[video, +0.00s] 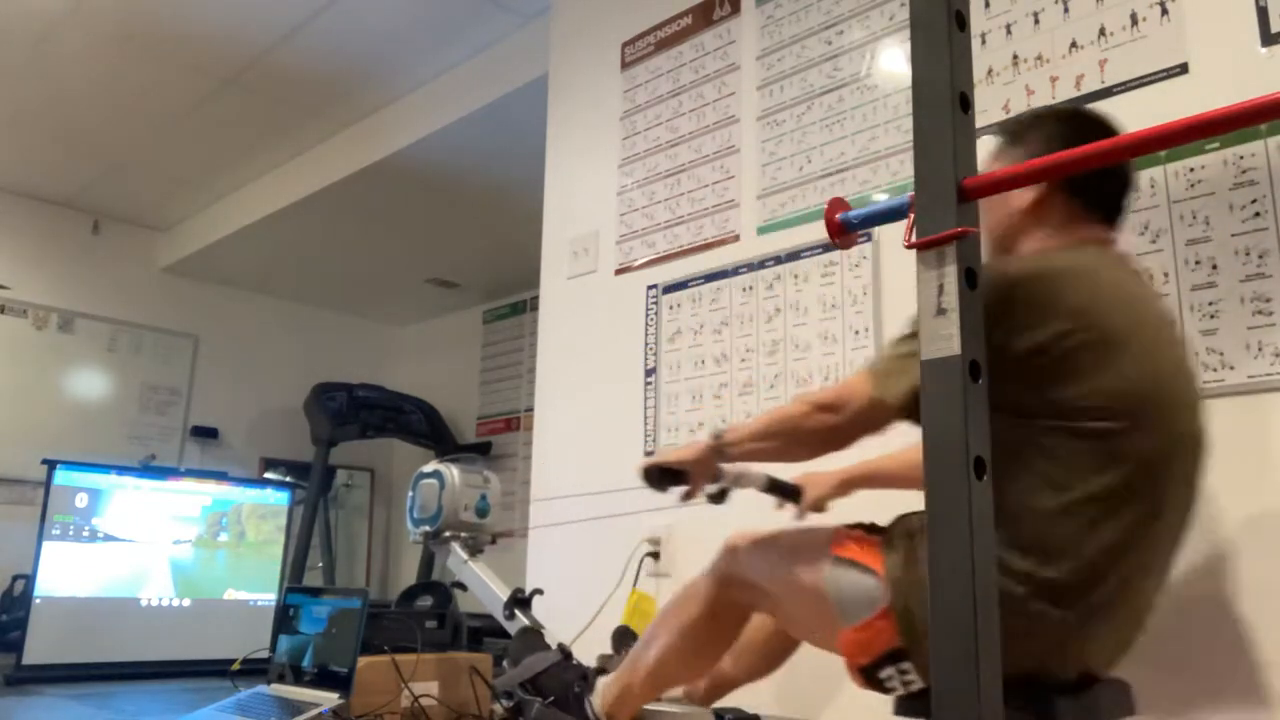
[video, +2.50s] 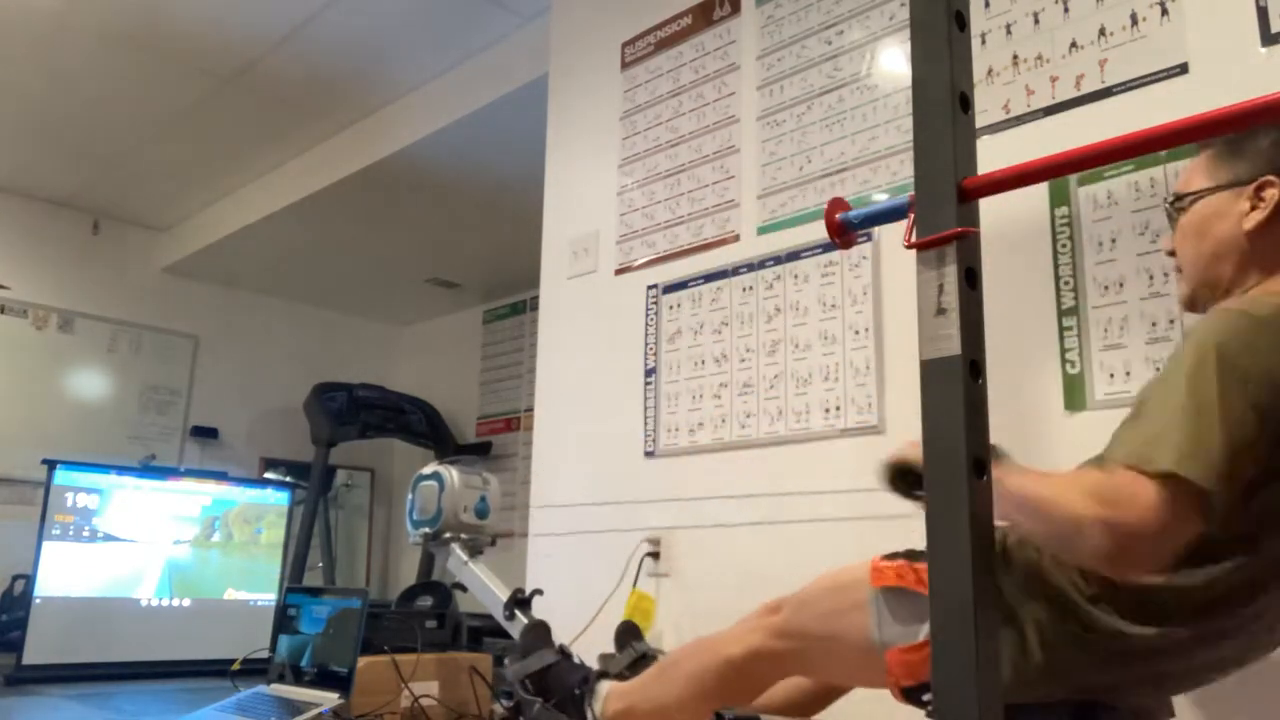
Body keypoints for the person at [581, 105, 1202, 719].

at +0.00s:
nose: (972, 209)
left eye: (985, 185)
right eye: (977, 185)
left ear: (1036, 187)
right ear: (1062, 193)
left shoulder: (1028, 287)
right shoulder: (1131, 301)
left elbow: (840, 415)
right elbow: (989, 459)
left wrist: (714, 448)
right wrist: (846, 476)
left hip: (995, 619)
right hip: (1071, 627)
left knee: (740, 559)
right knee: (808, 574)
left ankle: (610, 701)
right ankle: (693, 694)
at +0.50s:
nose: (1145, 234)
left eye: (1160, 206)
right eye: (1148, 213)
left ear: (1231, 207)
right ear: (1233, 212)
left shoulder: (1250, 327)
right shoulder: (1241, 329)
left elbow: (1252, 559)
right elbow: (1228, 547)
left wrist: (1058, 498)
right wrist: (1053, 505)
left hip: (1059, 630)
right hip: (1088, 631)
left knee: (783, 620)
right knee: (839, 629)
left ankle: (608, 704)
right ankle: (705, 716)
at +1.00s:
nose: (970, 227)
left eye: (982, 202)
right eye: (974, 205)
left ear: (1035, 201)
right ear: (1059, 206)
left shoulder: (1037, 306)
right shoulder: (1131, 306)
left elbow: (847, 445)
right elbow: (1029, 506)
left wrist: (724, 473)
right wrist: (862, 497)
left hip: (1023, 627)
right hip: (1092, 628)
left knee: (738, 557)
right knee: (837, 549)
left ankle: (612, 703)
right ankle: (694, 696)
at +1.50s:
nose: (684, 304)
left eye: (687, 286)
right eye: (684, 289)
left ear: (715, 277)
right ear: (778, 288)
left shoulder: (708, 351)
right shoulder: (829, 359)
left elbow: (590, 473)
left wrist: (515, 528)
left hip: (759, 630)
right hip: (850, 633)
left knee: (607, 484)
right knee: (698, 475)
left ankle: (603, 687)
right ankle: (685, 656)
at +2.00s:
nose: (742, 271)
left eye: (746, 254)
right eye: (742, 257)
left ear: (780, 251)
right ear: (842, 260)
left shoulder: (767, 332)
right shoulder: (891, 337)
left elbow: (654, 469)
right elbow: (822, 499)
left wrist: (571, 510)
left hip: (807, 626)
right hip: (905, 631)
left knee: (634, 508)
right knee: (711, 482)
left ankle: (606, 693)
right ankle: (680, 677)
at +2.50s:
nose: (1169, 238)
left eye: (1183, 208)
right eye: (1173, 213)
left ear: (1260, 207)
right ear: (1259, 212)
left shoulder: (1242, 335)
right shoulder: (1261, 340)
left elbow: (1131, 525)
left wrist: (971, 472)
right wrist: (1002, 488)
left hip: (1041, 620)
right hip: (1115, 650)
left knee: (778, 629)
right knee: (840, 648)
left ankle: (604, 707)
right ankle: (720, 717)